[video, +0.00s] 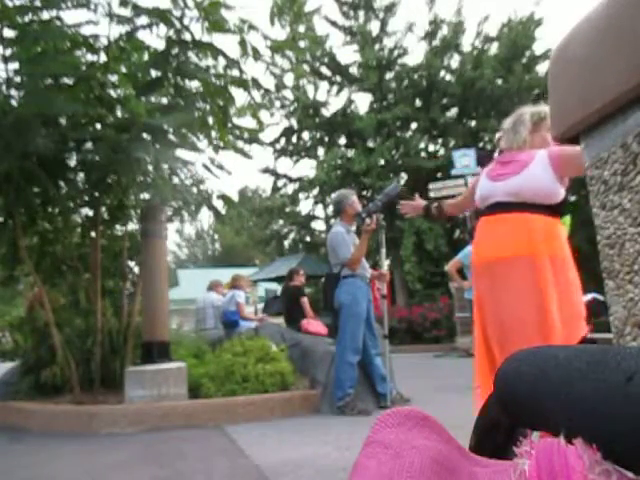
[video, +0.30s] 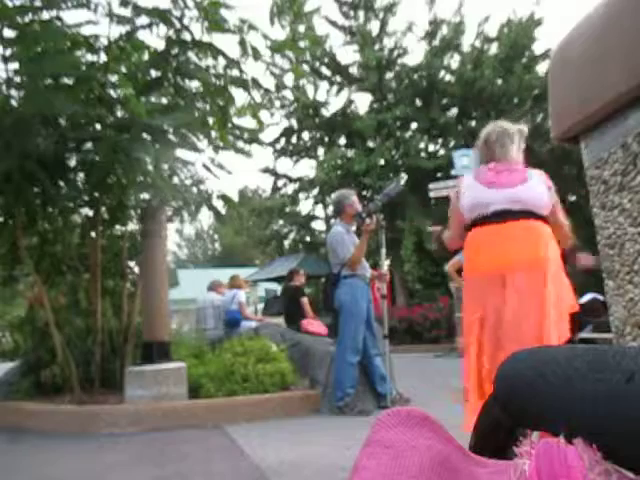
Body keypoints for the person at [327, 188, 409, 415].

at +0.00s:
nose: (360, 206)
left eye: (358, 201)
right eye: (356, 202)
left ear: (348, 207)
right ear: (347, 207)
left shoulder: (350, 233)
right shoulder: (337, 234)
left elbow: (357, 265)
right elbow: (352, 262)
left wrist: (374, 273)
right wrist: (366, 235)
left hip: (362, 284)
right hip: (350, 284)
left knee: (370, 344)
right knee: (350, 345)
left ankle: (386, 393)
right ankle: (344, 398)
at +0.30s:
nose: (360, 206)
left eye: (359, 202)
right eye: (356, 202)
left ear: (348, 208)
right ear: (345, 207)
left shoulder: (350, 233)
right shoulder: (337, 233)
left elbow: (358, 264)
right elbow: (352, 262)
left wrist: (373, 273)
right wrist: (365, 236)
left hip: (362, 284)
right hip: (350, 284)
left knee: (369, 343)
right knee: (350, 344)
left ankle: (386, 393)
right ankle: (344, 397)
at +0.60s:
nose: (360, 207)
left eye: (359, 202)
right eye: (356, 203)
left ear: (348, 208)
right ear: (346, 207)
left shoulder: (350, 233)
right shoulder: (337, 233)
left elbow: (358, 264)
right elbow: (352, 262)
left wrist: (374, 273)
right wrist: (366, 236)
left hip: (362, 284)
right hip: (350, 284)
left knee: (370, 344)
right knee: (350, 345)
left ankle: (386, 393)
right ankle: (344, 398)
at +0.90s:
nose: (360, 206)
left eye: (358, 202)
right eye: (355, 202)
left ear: (349, 207)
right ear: (345, 207)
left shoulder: (351, 233)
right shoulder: (337, 233)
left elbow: (359, 263)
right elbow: (352, 261)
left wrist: (374, 273)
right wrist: (366, 236)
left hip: (362, 283)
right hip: (350, 284)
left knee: (370, 343)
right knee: (351, 344)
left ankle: (386, 393)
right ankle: (344, 398)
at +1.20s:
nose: (361, 207)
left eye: (360, 203)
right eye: (357, 203)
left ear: (350, 207)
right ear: (346, 207)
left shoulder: (352, 233)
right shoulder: (338, 233)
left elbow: (358, 264)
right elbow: (353, 262)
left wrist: (374, 274)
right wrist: (367, 236)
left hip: (363, 283)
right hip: (350, 284)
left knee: (370, 342)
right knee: (351, 342)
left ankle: (383, 392)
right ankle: (343, 397)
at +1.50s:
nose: (361, 207)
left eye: (359, 203)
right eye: (356, 203)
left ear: (351, 207)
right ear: (346, 207)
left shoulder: (352, 233)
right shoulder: (338, 233)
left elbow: (358, 264)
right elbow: (353, 262)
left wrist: (374, 274)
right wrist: (367, 236)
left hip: (363, 284)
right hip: (350, 284)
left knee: (370, 342)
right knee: (351, 342)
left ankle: (384, 392)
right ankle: (344, 397)